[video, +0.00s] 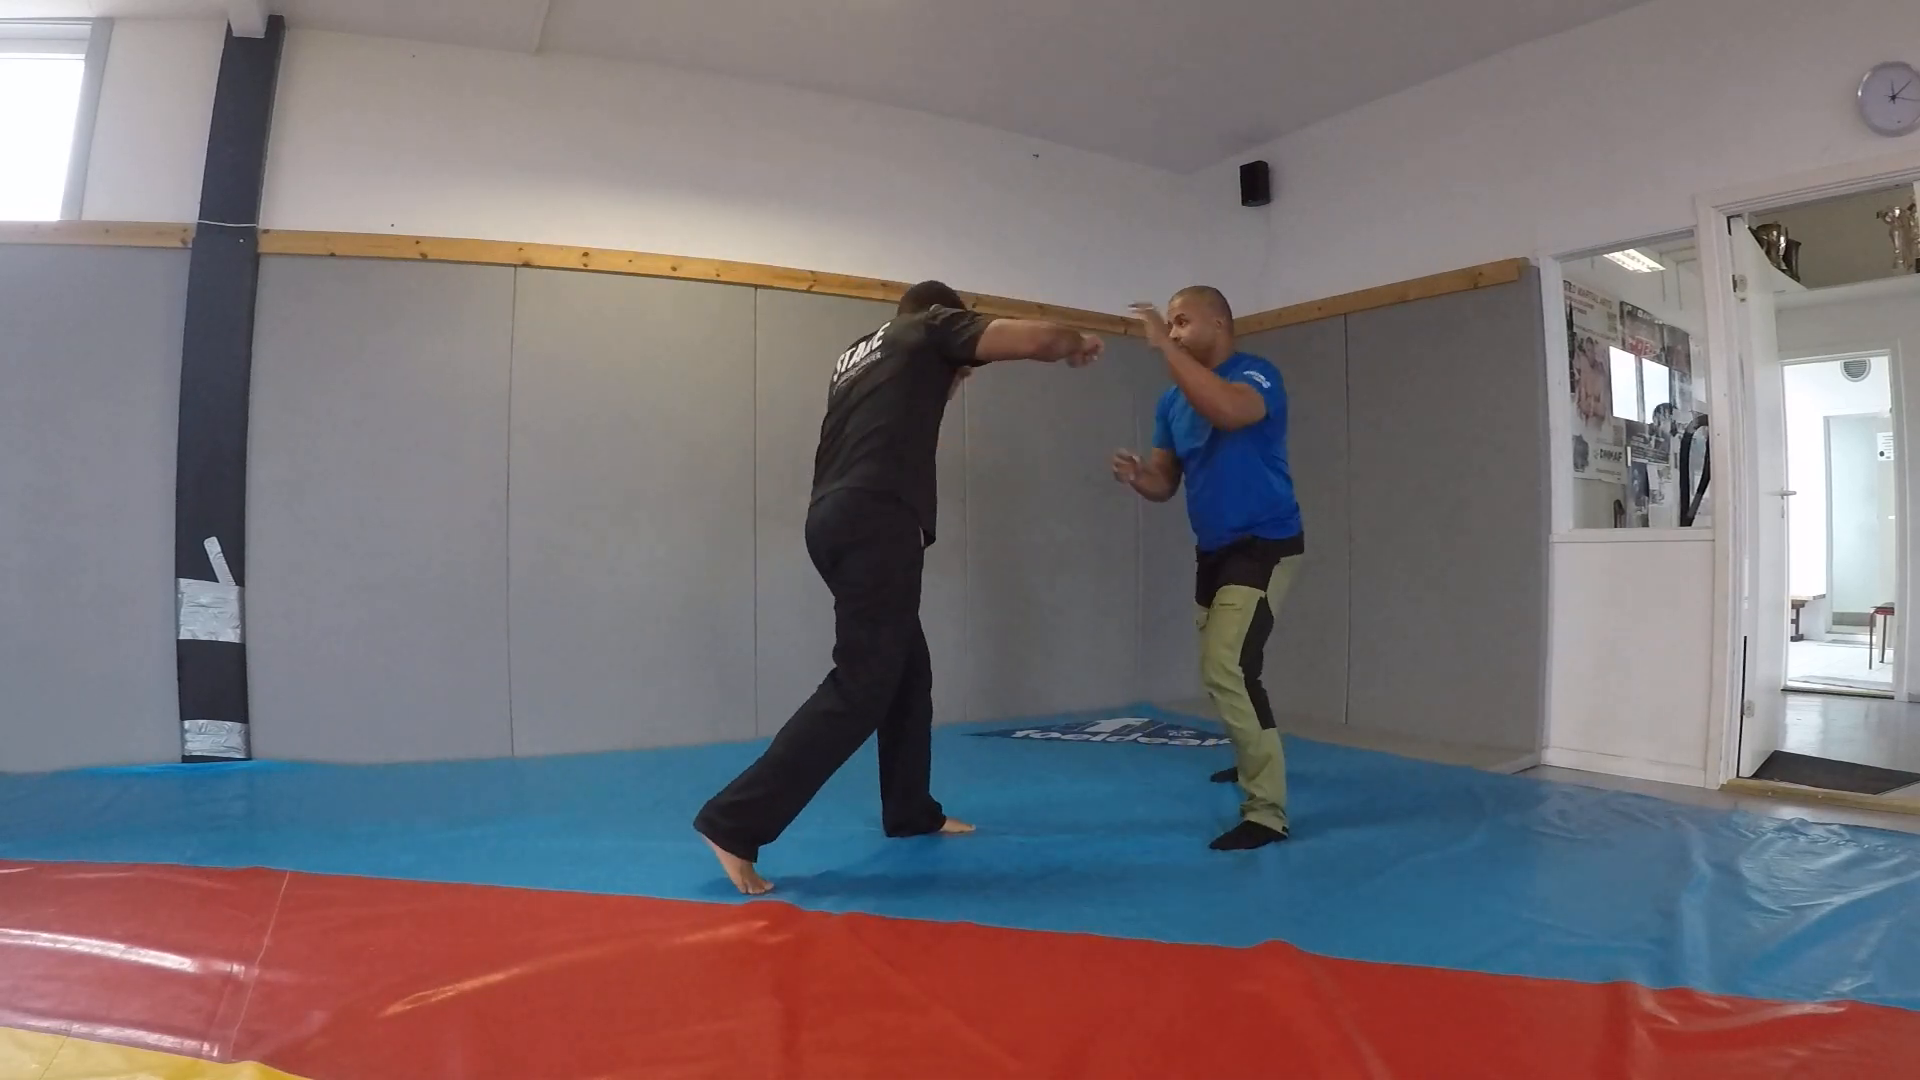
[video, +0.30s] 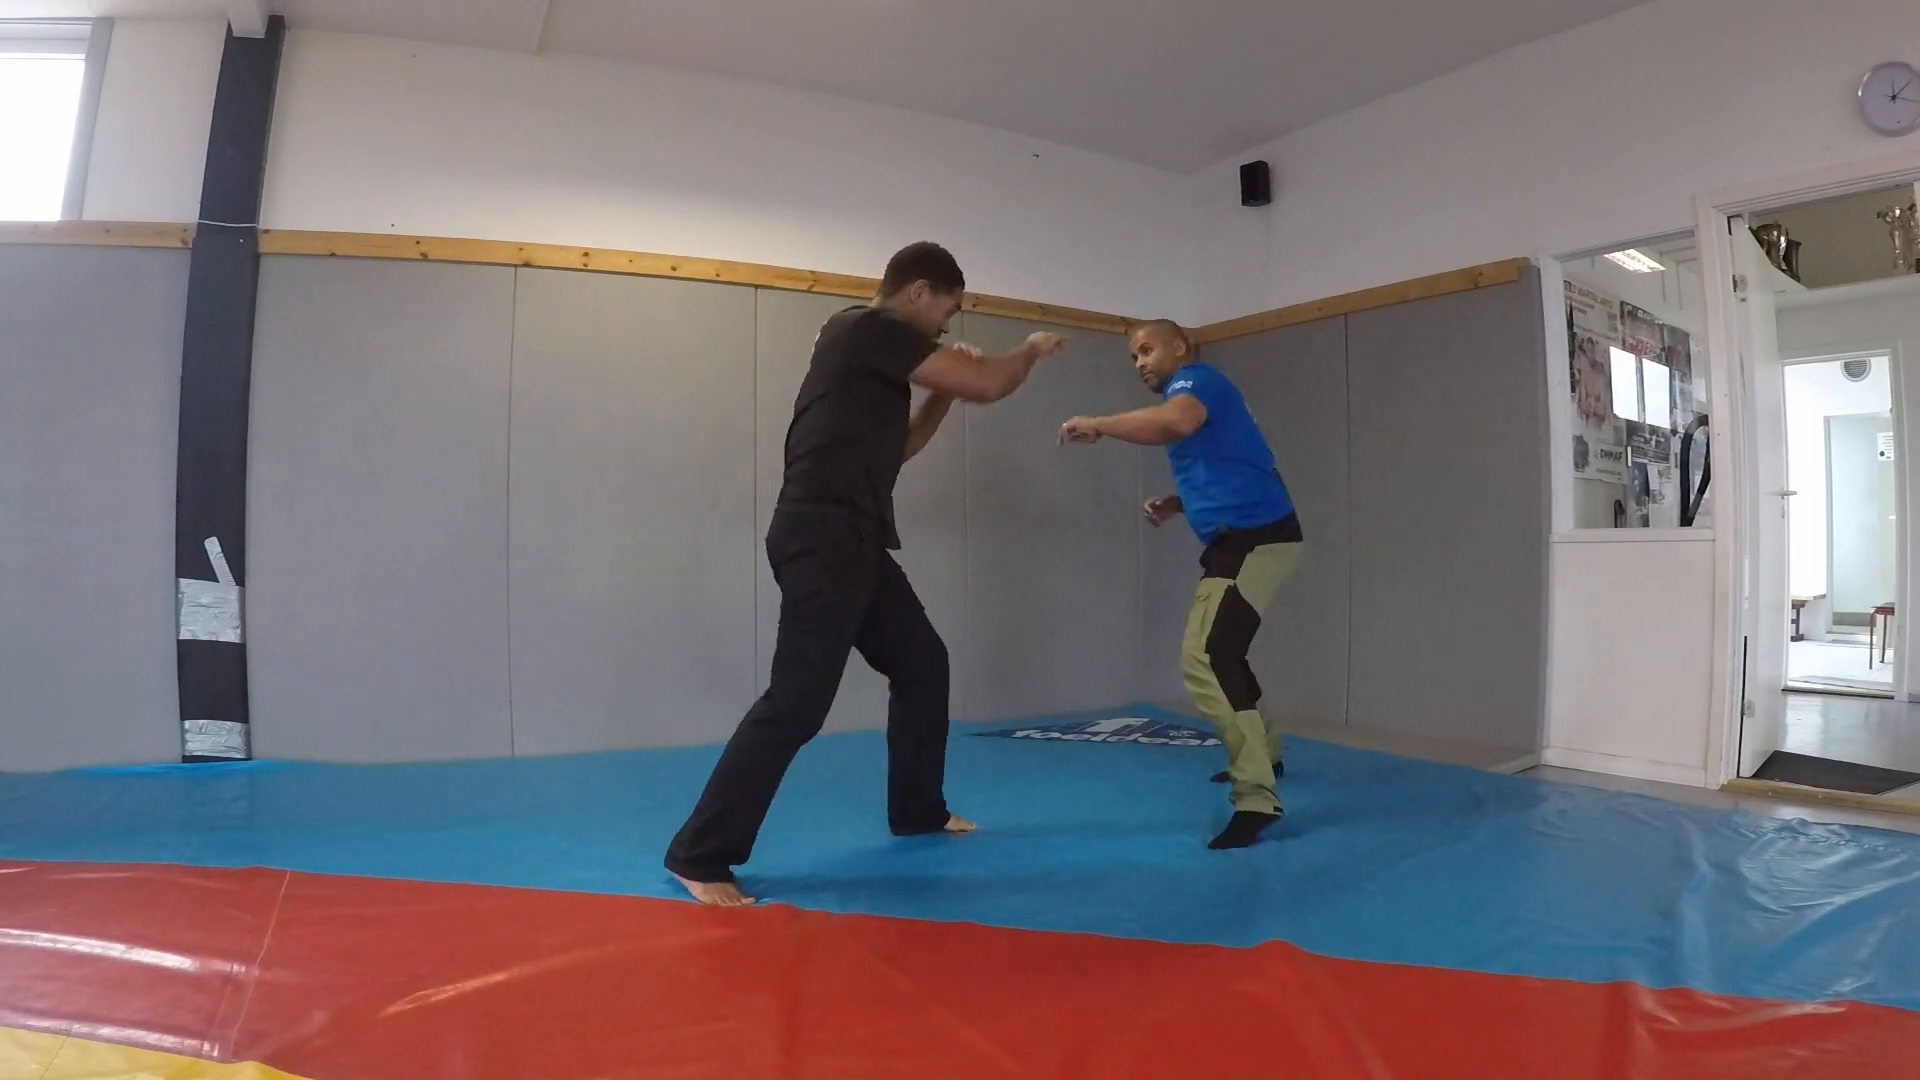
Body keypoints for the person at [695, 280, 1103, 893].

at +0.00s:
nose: (964, 366)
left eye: (965, 354)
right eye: (963, 335)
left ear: (904, 311)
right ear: (947, 316)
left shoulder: (858, 354)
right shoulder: (930, 325)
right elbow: (1040, 338)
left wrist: (952, 370)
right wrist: (1072, 344)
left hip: (832, 521)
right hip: (876, 517)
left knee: (909, 670)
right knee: (866, 681)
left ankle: (910, 812)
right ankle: (734, 824)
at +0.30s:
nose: (946, 326)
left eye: (949, 316)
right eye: (946, 310)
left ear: (902, 291)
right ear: (919, 291)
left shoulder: (859, 350)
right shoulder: (868, 329)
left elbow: (897, 450)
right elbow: (985, 382)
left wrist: (945, 389)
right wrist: (1030, 352)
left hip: (852, 542)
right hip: (824, 538)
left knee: (923, 665)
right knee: (797, 700)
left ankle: (918, 811)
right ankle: (699, 857)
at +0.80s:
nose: (982, 356)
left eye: (987, 346)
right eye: (985, 341)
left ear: (949, 317)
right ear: (965, 321)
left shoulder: (908, 361)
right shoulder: (897, 357)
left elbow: (966, 439)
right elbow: (971, 450)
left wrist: (1004, 383)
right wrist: (1011, 376)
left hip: (869, 552)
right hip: (832, 545)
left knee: (938, 672)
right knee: (823, 708)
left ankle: (945, 812)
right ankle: (718, 865)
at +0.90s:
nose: (963, 337)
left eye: (967, 329)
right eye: (966, 328)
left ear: (914, 303)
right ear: (949, 311)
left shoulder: (856, 346)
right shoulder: (919, 356)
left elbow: (916, 415)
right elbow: (1010, 437)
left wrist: (979, 393)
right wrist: (1035, 372)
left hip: (841, 548)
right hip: (840, 551)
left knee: (924, 675)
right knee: (810, 713)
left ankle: (945, 812)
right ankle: (711, 874)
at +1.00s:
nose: (950, 324)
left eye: (954, 315)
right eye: (950, 312)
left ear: (896, 293)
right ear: (926, 294)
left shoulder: (827, 346)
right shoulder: (915, 343)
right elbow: (1013, 423)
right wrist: (1062, 420)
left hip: (816, 538)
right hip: (841, 544)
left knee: (914, 669)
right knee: (805, 712)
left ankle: (939, 811)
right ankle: (708, 874)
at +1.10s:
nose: (946, 319)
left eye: (950, 308)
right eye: (944, 304)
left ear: (892, 290)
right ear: (911, 288)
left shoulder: (827, 342)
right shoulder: (904, 340)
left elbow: (817, 445)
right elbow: (976, 447)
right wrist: (1025, 463)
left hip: (829, 539)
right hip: (843, 542)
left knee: (922, 668)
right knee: (801, 709)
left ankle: (930, 812)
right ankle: (711, 873)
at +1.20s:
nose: (941, 323)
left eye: (947, 313)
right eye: (939, 306)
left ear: (897, 289)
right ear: (903, 284)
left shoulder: (865, 339)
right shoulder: (873, 340)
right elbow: (916, 463)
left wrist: (955, 344)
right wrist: (976, 477)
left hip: (859, 543)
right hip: (830, 537)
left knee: (929, 668)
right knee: (807, 703)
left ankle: (931, 813)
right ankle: (714, 870)